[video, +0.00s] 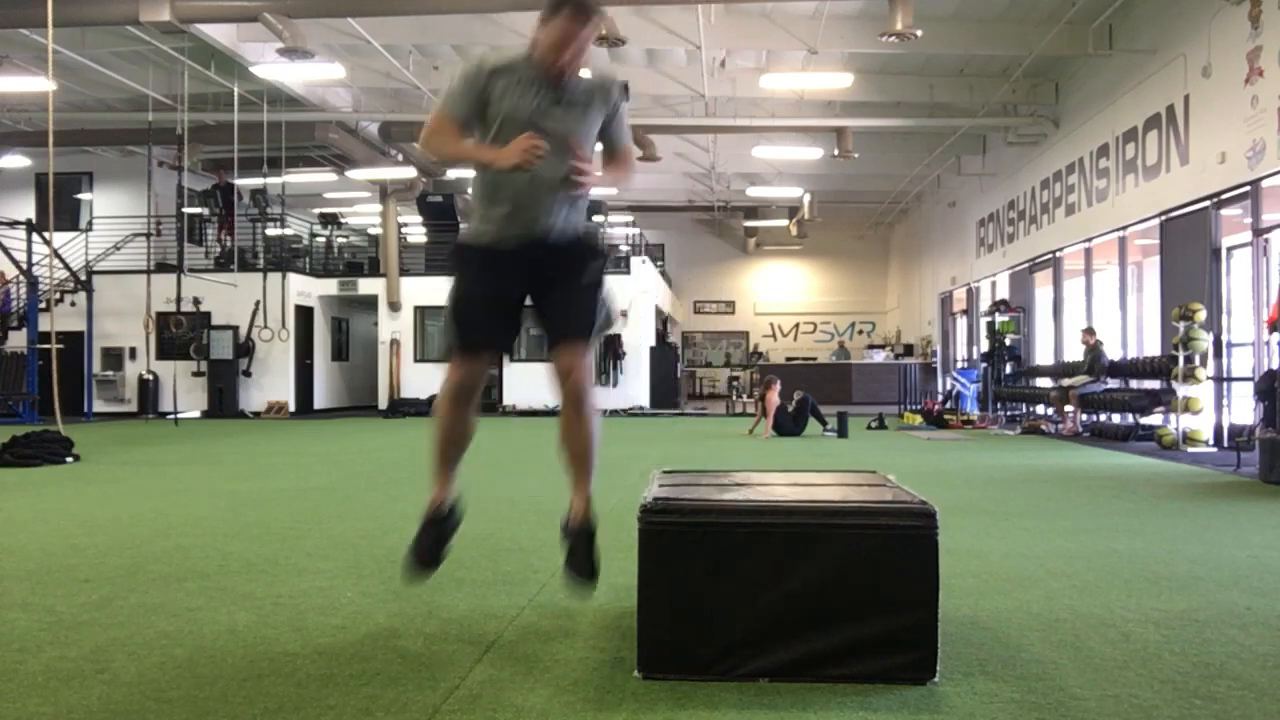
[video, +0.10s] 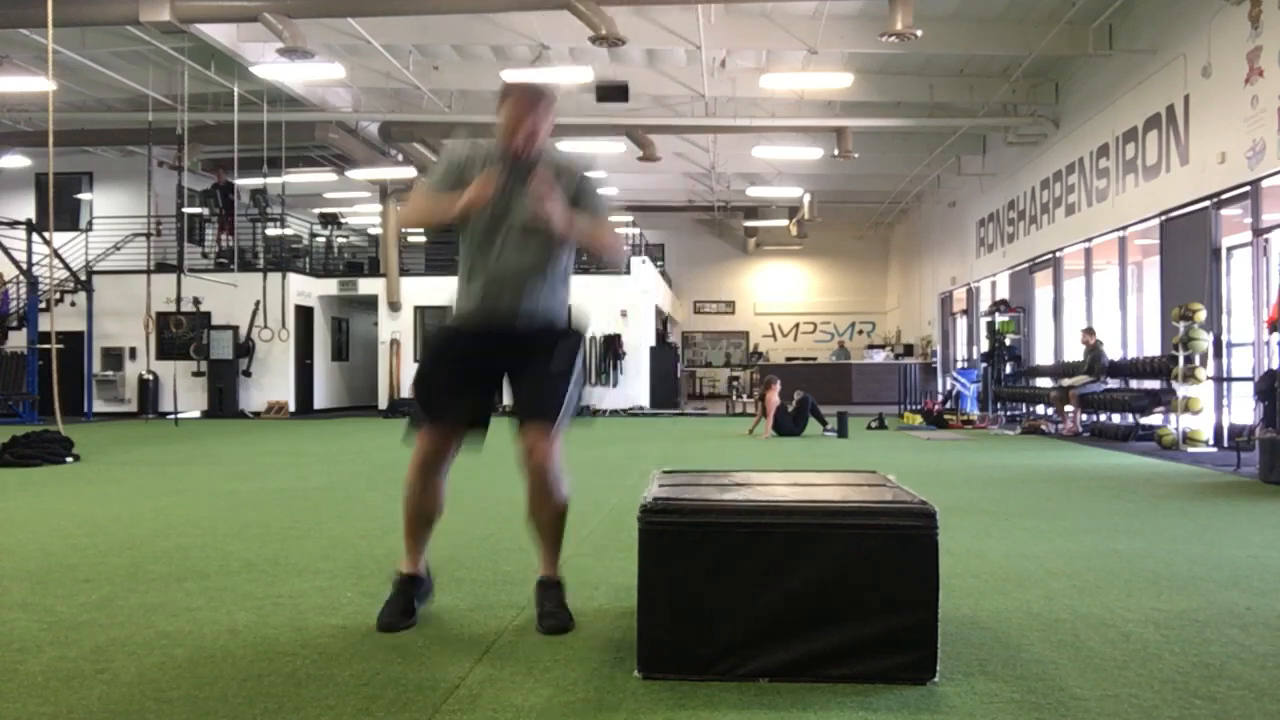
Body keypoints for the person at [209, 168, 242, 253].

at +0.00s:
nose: (221, 176)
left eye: (222, 174)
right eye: (219, 174)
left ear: (226, 175)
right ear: (217, 176)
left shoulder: (232, 186)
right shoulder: (215, 187)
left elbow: (240, 197)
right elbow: (210, 198)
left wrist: (233, 201)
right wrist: (214, 207)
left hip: (231, 212)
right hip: (220, 212)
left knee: (231, 233)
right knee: (219, 236)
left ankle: (232, 249)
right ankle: (223, 250)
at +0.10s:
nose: (219, 176)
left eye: (221, 174)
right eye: (218, 174)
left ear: (225, 175)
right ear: (216, 175)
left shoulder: (231, 186)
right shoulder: (214, 187)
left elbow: (237, 198)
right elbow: (211, 198)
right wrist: (214, 209)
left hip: (231, 210)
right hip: (220, 211)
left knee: (231, 231)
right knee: (220, 231)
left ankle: (233, 247)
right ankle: (220, 248)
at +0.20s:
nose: (219, 173)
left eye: (220, 170)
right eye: (217, 171)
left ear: (224, 171)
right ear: (216, 172)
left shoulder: (229, 181)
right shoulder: (214, 183)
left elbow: (233, 193)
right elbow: (213, 196)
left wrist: (231, 196)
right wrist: (215, 206)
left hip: (230, 207)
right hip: (220, 207)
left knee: (230, 227)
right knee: (218, 227)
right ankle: (217, 246)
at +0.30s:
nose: (219, 173)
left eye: (220, 171)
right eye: (217, 171)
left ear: (224, 172)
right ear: (215, 172)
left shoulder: (230, 182)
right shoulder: (214, 183)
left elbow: (233, 195)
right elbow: (213, 196)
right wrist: (215, 207)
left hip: (229, 209)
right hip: (219, 209)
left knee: (230, 231)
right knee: (218, 231)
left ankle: (231, 250)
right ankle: (217, 250)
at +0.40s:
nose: (217, 177)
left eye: (219, 175)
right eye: (216, 175)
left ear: (224, 175)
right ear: (215, 176)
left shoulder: (230, 186)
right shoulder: (213, 187)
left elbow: (234, 200)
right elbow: (211, 200)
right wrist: (213, 210)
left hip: (229, 212)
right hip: (219, 213)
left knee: (227, 231)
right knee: (218, 234)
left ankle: (233, 250)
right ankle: (219, 255)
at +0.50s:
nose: (218, 177)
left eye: (219, 175)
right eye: (217, 175)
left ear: (224, 175)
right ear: (215, 176)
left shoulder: (230, 187)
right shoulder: (214, 188)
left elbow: (239, 197)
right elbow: (211, 200)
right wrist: (213, 210)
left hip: (230, 211)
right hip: (220, 212)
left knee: (226, 230)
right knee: (220, 234)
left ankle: (233, 248)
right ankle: (223, 253)